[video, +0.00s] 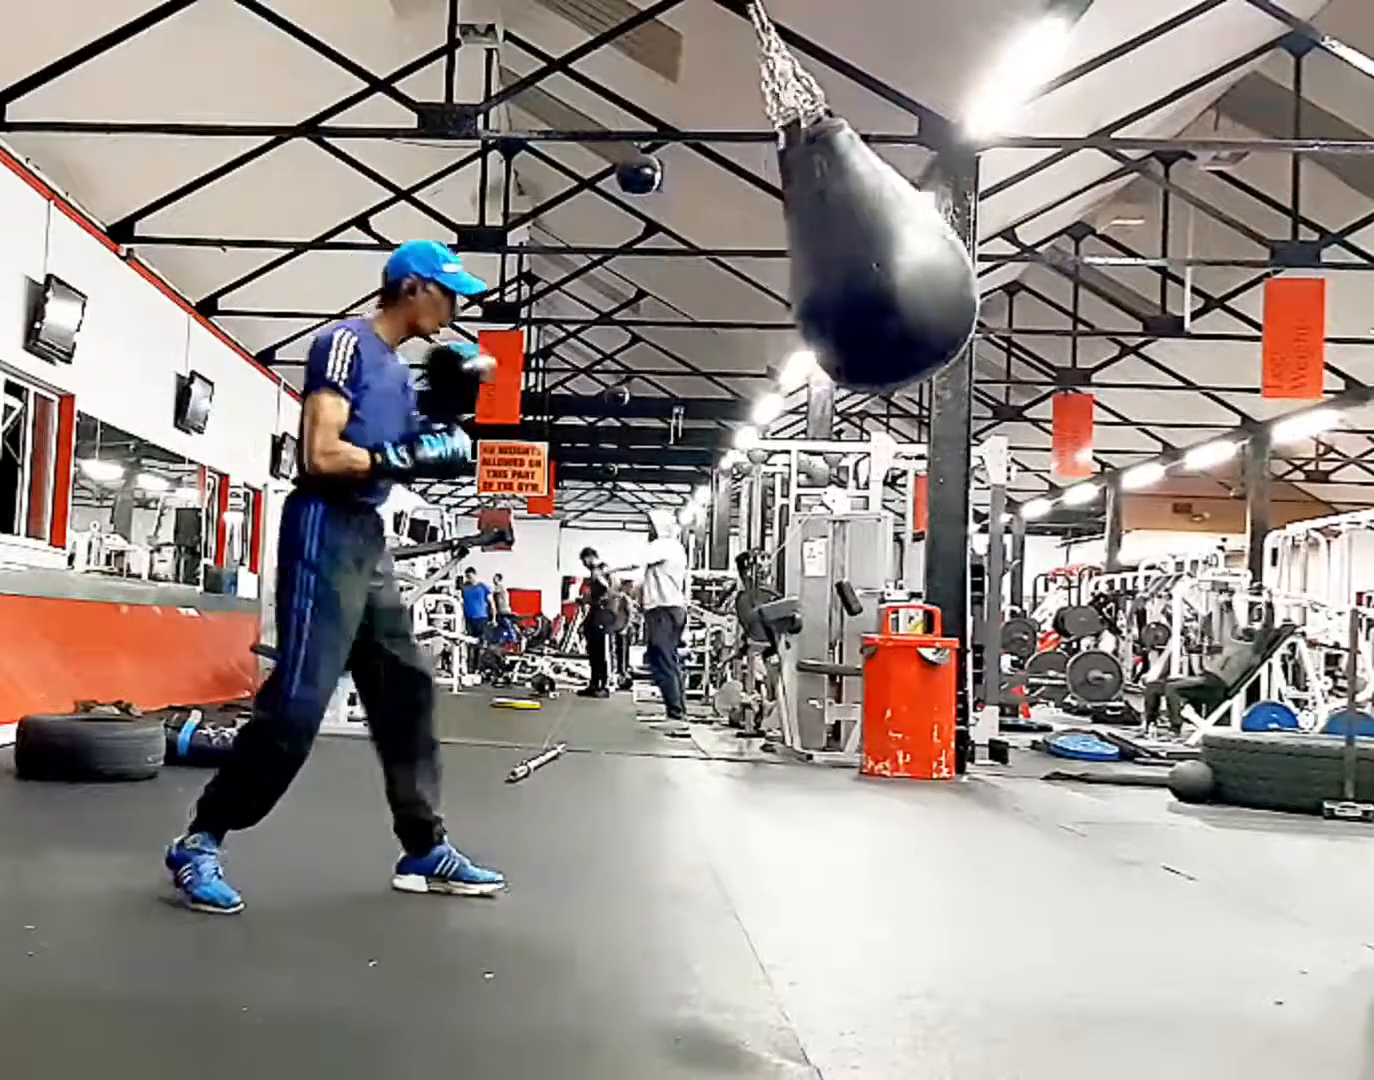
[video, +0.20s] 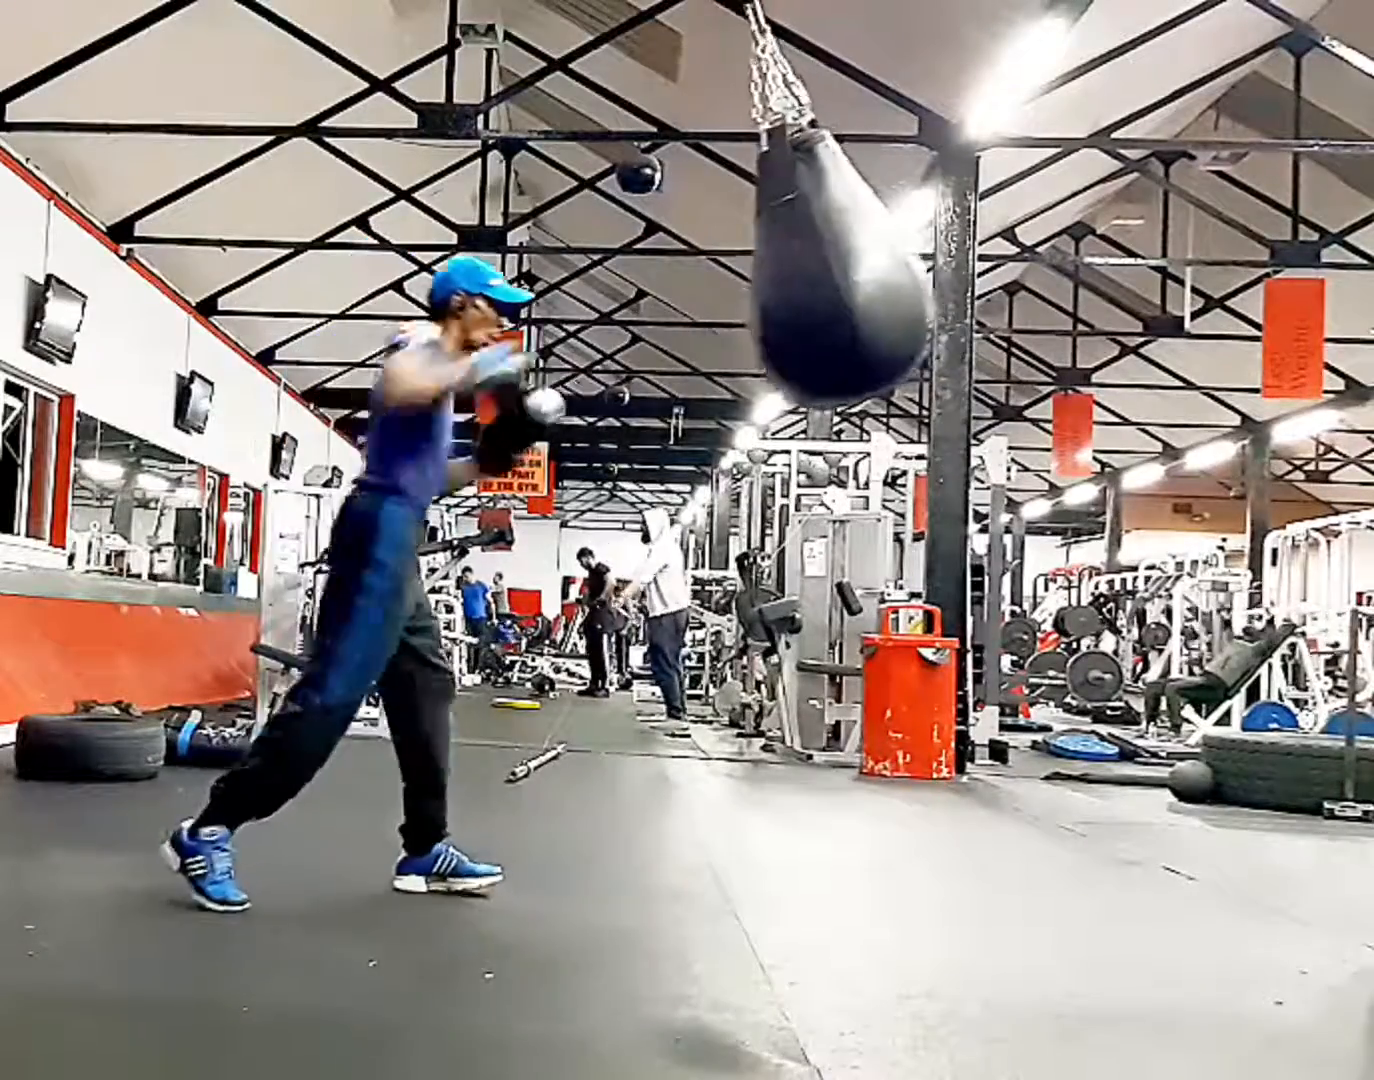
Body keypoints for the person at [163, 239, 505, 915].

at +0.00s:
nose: (454, 311)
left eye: (456, 300)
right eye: (449, 297)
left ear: (419, 292)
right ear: (414, 288)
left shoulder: (394, 366)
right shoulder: (344, 342)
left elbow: (400, 447)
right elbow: (321, 454)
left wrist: (446, 405)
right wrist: (405, 458)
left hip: (365, 533)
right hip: (323, 528)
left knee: (405, 689)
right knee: (296, 703)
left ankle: (424, 849)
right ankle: (198, 844)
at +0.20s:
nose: (504, 326)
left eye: (507, 317)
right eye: (497, 312)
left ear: (470, 311)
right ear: (461, 305)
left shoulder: (444, 370)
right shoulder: (423, 346)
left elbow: (432, 477)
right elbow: (397, 388)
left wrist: (499, 454)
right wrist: (472, 373)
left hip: (398, 531)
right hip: (379, 526)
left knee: (425, 688)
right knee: (332, 694)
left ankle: (425, 848)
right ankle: (207, 832)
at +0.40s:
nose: (522, 318)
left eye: (523, 308)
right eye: (515, 304)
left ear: (483, 304)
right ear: (484, 299)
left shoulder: (464, 354)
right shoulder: (455, 336)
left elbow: (471, 440)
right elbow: (538, 377)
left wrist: (525, 394)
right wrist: (599, 368)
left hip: (436, 533)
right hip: (406, 526)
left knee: (458, 695)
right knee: (353, 684)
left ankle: (427, 851)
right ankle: (227, 821)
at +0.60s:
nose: (524, 335)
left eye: (528, 325)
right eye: (521, 320)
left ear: (492, 312)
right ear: (489, 306)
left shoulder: (477, 381)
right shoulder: (440, 342)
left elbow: (522, 443)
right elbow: (382, 369)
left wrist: (571, 415)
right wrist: (465, 360)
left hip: (442, 535)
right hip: (417, 528)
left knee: (464, 694)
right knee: (375, 697)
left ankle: (431, 851)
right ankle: (240, 821)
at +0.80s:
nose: (512, 349)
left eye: (514, 336)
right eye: (507, 333)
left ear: (471, 321)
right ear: (480, 323)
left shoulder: (445, 395)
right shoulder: (447, 346)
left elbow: (435, 502)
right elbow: (535, 320)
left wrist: (488, 464)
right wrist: (596, 345)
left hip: (399, 527)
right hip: (381, 517)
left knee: (411, 690)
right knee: (336, 689)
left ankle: (422, 850)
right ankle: (207, 828)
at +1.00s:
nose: (516, 387)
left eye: (520, 376)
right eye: (511, 372)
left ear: (479, 369)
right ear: (479, 362)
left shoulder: (440, 417)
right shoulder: (435, 372)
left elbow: (400, 521)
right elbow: (415, 410)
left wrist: (460, 497)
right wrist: (472, 445)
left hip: (361, 545)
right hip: (335, 534)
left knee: (403, 691)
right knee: (303, 717)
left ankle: (425, 850)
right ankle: (183, 846)